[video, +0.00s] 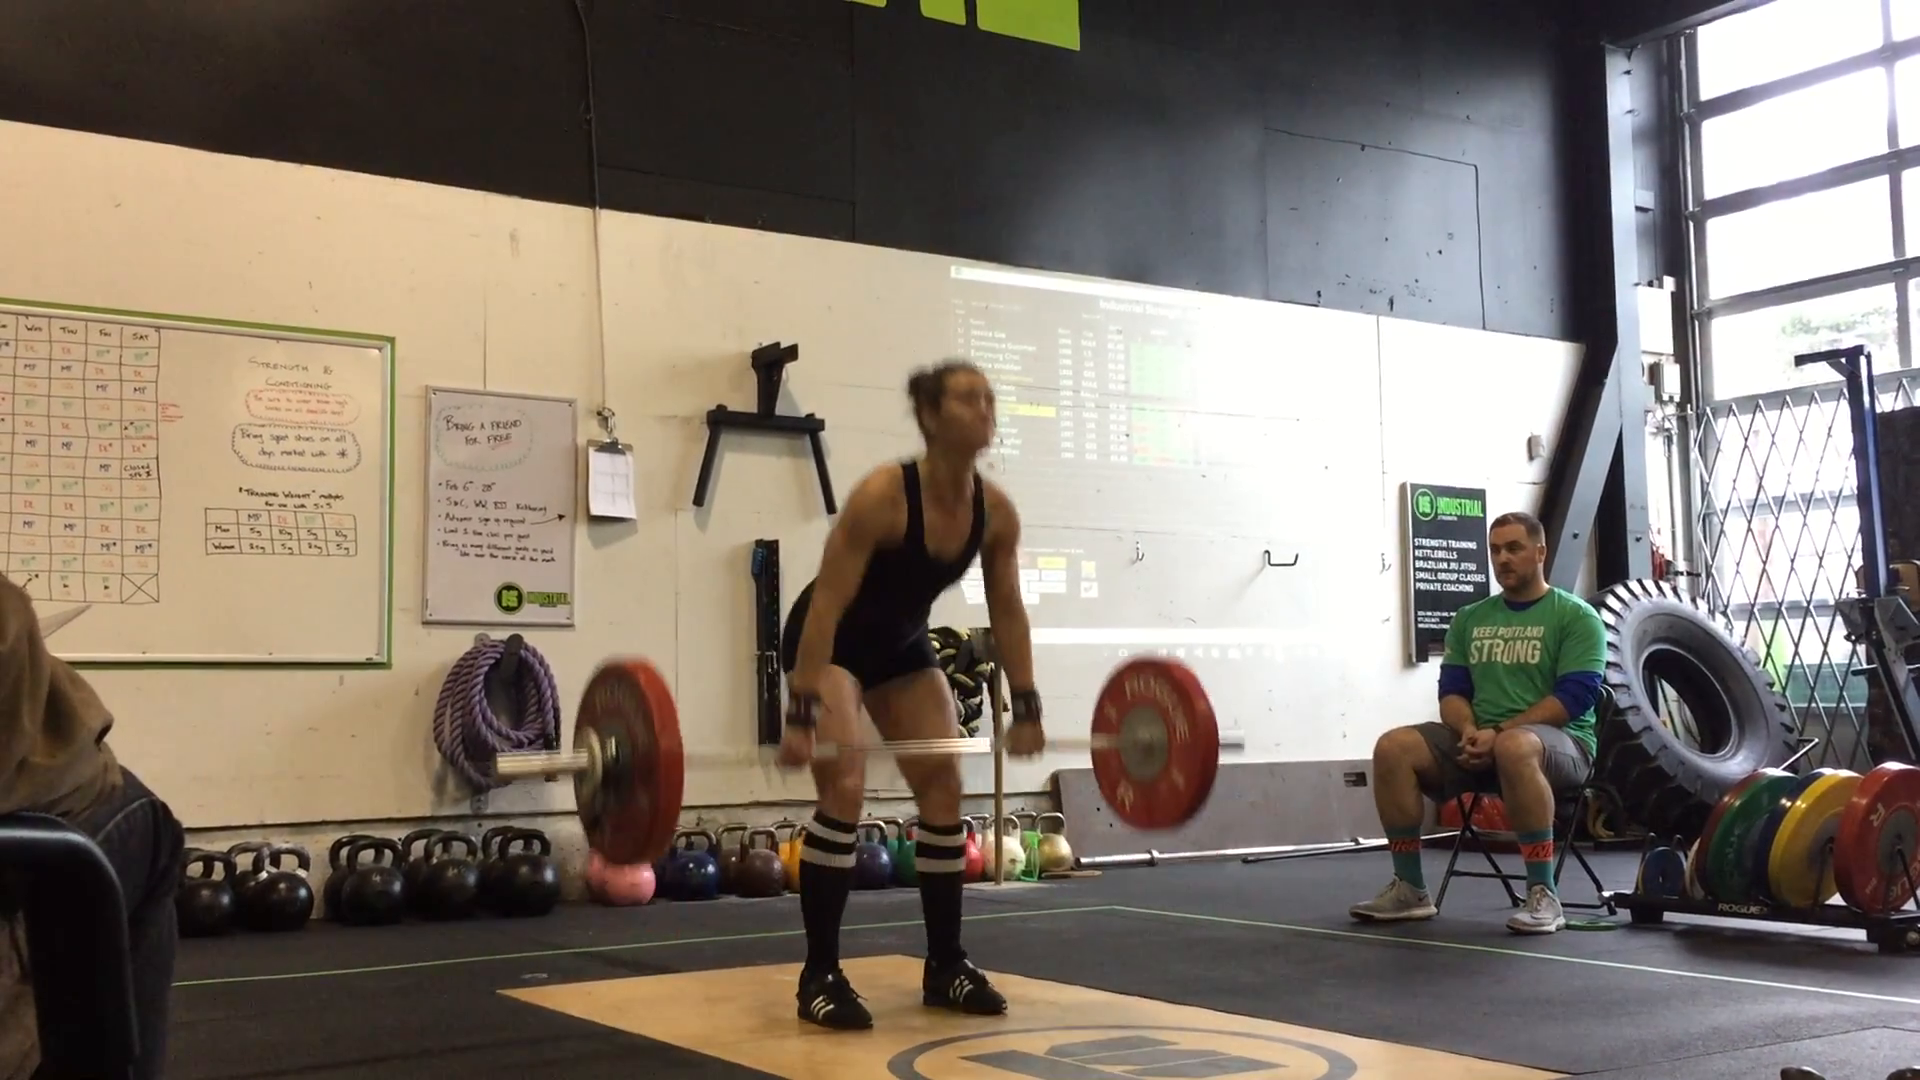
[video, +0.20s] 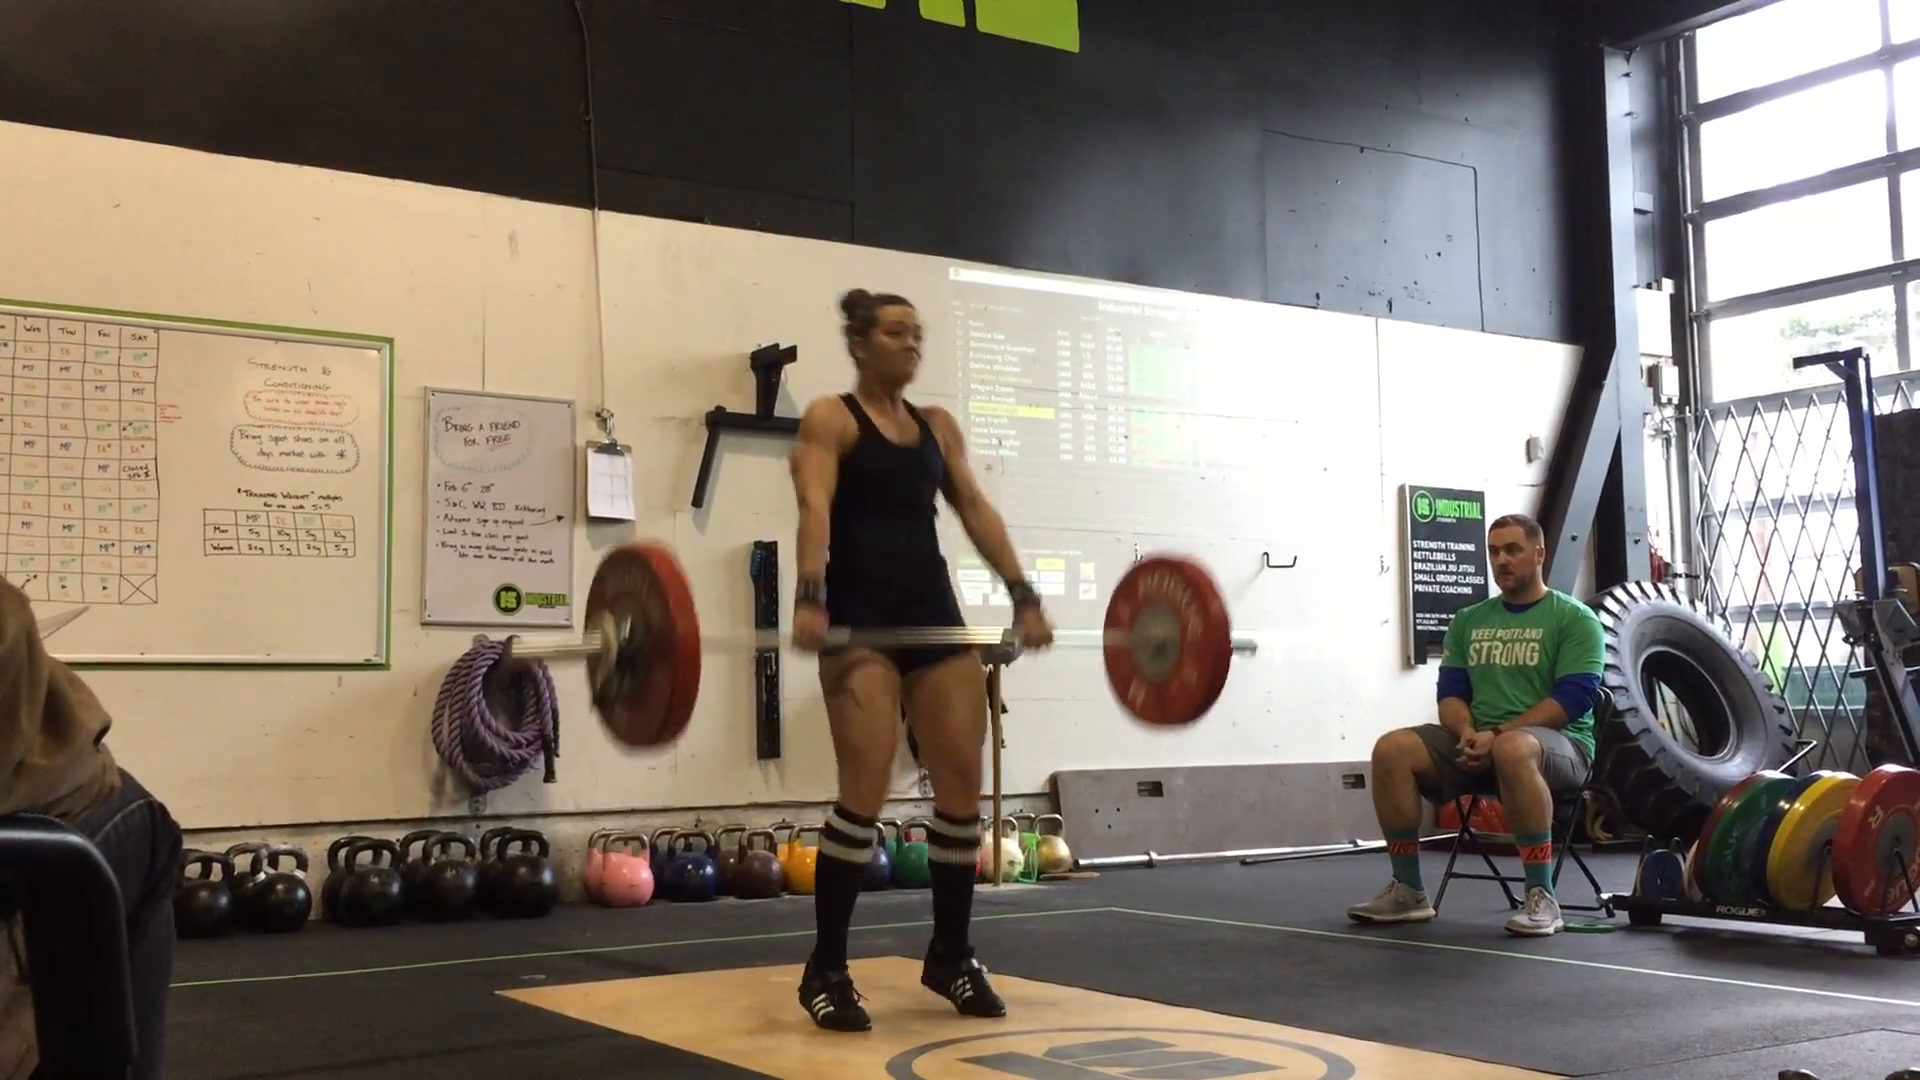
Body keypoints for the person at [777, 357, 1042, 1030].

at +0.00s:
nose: (984, 411)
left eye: (988, 400)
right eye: (968, 400)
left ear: (993, 416)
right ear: (929, 415)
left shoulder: (995, 510)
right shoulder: (880, 495)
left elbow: (1006, 609)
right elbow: (826, 601)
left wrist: (1025, 705)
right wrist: (802, 705)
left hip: (901, 642)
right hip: (830, 636)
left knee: (942, 784)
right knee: (844, 790)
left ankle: (945, 969)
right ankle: (820, 975)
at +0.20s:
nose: (912, 344)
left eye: (916, 334)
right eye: (898, 333)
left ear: (917, 346)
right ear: (860, 342)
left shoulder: (936, 425)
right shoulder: (829, 418)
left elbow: (975, 509)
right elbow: (815, 508)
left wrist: (1024, 592)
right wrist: (810, 591)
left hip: (937, 622)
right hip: (858, 625)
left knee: (963, 787)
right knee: (864, 791)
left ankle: (950, 959)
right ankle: (827, 971)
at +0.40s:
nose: (925, 372)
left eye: (930, 362)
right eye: (910, 362)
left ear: (934, 373)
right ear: (873, 372)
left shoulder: (942, 450)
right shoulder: (838, 435)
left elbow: (974, 540)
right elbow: (759, 491)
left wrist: (1024, 526)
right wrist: (803, 498)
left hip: (914, 647)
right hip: (840, 646)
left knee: (987, 798)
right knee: (852, 804)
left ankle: (973, 970)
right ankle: (819, 981)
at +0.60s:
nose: (949, 470)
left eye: (950, 460)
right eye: (932, 462)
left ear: (955, 477)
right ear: (894, 481)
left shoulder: (978, 569)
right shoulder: (876, 564)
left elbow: (1063, 587)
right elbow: (877, 633)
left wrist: (1042, 533)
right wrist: (851, 549)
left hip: (928, 745)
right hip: (854, 736)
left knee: (1048, 830)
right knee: (853, 838)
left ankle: (975, 971)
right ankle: (820, 983)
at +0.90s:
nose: (951, 588)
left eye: (955, 578)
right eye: (935, 578)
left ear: (960, 588)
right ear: (895, 593)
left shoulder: (980, 674)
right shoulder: (871, 673)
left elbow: (1075, 659)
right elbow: (900, 667)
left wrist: (1030, 626)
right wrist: (840, 625)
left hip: (946, 853)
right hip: (870, 851)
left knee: (1073, 859)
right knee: (840, 861)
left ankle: (974, 971)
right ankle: (822, 985)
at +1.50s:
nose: (957, 489)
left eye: (961, 478)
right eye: (941, 478)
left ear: (965, 487)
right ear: (903, 487)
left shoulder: (981, 577)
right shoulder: (874, 571)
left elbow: (1076, 577)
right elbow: (895, 577)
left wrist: (1037, 537)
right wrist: (844, 526)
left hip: (926, 743)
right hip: (851, 738)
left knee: (1035, 831)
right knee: (877, 835)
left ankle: (975, 972)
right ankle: (823, 982)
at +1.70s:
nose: (946, 415)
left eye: (951, 405)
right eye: (930, 404)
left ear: (958, 419)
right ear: (894, 418)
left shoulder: (979, 508)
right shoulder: (873, 502)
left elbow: (1077, 508)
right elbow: (888, 502)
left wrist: (1036, 471)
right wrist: (838, 456)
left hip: (939, 690)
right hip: (864, 684)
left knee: (1027, 824)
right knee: (871, 830)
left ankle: (976, 975)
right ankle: (823, 984)